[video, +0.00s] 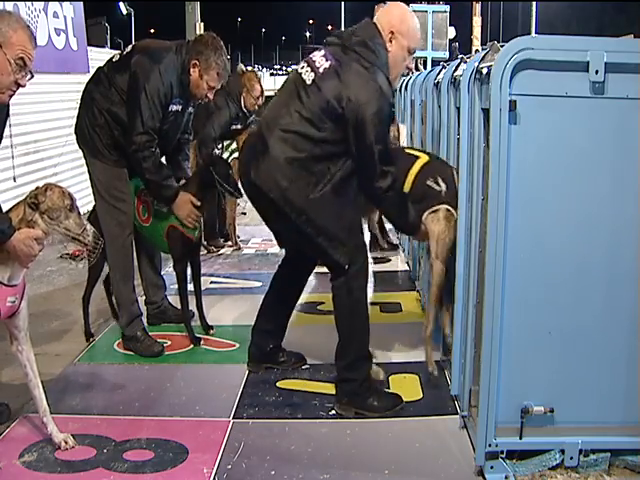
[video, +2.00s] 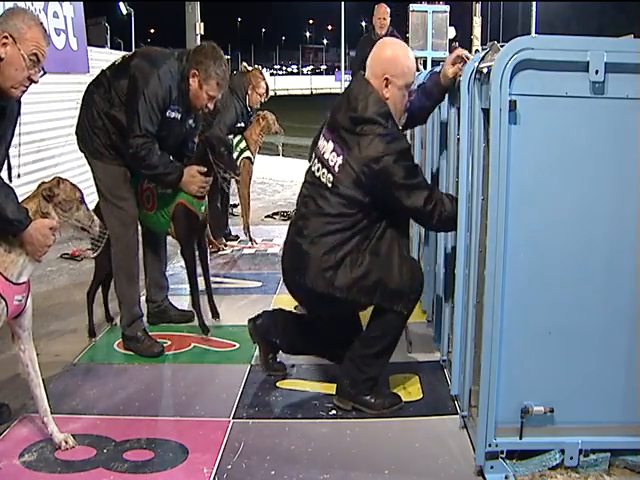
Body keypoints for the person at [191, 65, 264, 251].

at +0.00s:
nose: (258, 103)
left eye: (260, 98)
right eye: (255, 98)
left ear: (259, 94)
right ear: (242, 94)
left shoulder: (245, 108)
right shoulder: (226, 109)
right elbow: (205, 141)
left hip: (215, 142)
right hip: (199, 141)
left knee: (219, 188)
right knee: (208, 189)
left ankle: (221, 232)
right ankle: (211, 236)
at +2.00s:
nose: (261, 100)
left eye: (263, 96)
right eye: (260, 95)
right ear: (248, 89)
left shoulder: (245, 105)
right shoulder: (233, 104)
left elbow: (243, 129)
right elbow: (215, 133)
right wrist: (230, 165)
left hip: (221, 145)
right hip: (209, 146)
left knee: (224, 189)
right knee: (215, 190)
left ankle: (224, 229)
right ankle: (215, 232)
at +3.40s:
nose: (269, 94)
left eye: (270, 89)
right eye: (266, 89)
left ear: (257, 85)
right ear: (253, 85)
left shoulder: (248, 95)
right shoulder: (232, 98)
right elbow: (229, 130)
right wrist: (250, 152)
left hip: (238, 143)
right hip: (216, 146)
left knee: (243, 190)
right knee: (216, 194)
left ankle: (249, 231)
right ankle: (212, 235)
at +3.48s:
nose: (272, 94)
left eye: (273, 90)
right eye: (269, 89)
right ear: (257, 84)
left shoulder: (252, 95)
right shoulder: (237, 95)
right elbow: (234, 126)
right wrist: (255, 151)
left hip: (243, 145)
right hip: (228, 147)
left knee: (248, 192)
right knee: (244, 193)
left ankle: (251, 230)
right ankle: (246, 234)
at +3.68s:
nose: (280, 90)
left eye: (282, 86)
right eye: (278, 85)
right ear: (267, 80)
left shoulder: (268, 99)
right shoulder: (248, 95)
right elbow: (244, 125)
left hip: (257, 147)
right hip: (242, 149)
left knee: (255, 191)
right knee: (249, 193)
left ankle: (254, 229)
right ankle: (249, 232)